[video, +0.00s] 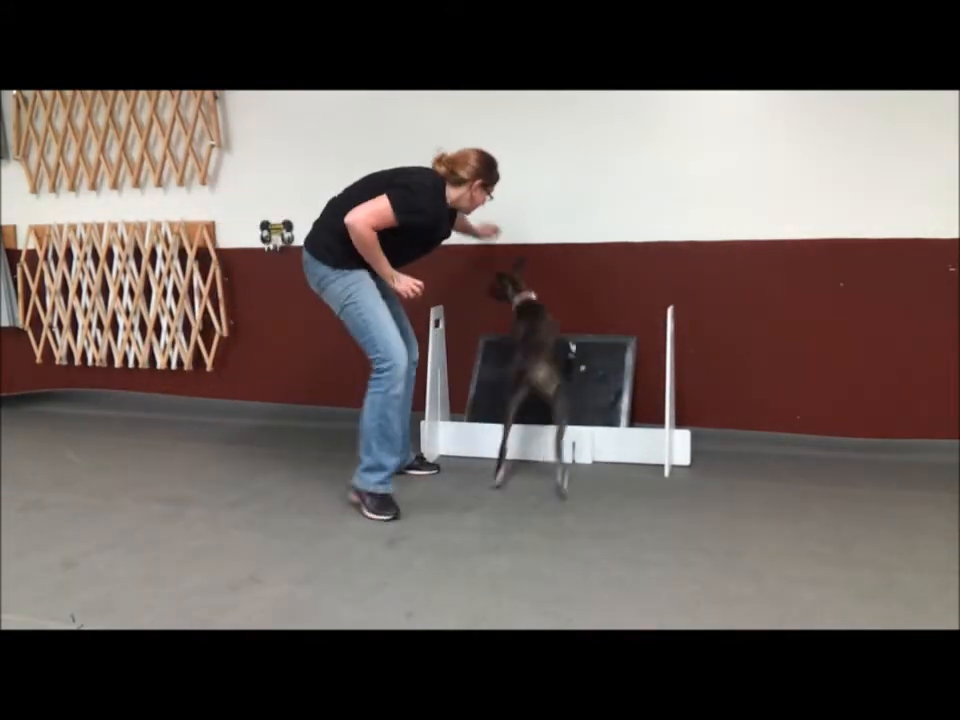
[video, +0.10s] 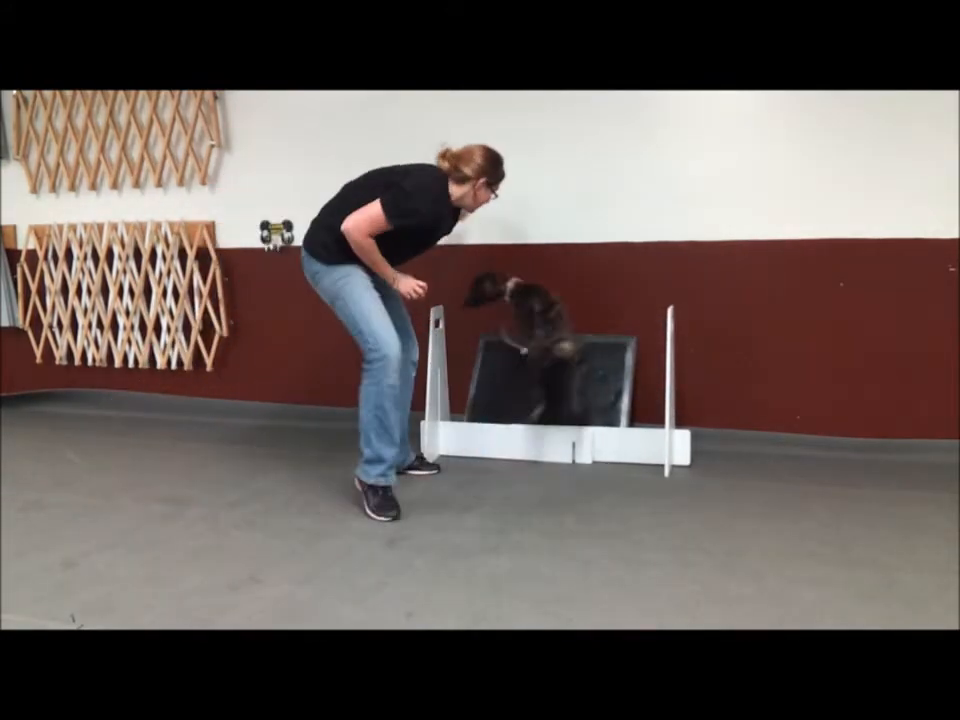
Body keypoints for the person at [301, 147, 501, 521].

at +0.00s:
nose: (485, 200)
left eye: (488, 194)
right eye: (486, 192)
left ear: (468, 183)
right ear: (471, 184)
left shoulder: (444, 201)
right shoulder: (425, 194)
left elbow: (450, 218)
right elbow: (357, 221)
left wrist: (474, 230)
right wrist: (391, 275)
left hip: (363, 264)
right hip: (334, 263)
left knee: (407, 353)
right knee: (391, 359)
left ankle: (398, 455)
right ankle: (370, 483)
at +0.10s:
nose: (491, 198)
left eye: (494, 191)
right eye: (491, 190)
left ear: (472, 181)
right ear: (474, 182)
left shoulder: (447, 206)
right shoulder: (425, 192)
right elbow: (353, 229)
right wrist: (394, 278)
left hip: (367, 263)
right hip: (332, 259)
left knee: (406, 352)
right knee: (386, 351)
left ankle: (397, 454)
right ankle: (374, 475)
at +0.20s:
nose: (494, 208)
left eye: (497, 201)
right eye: (494, 199)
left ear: (474, 191)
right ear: (478, 193)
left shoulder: (451, 217)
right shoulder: (421, 197)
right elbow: (353, 244)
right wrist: (399, 291)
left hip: (364, 257)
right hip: (321, 251)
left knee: (401, 350)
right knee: (353, 344)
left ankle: (394, 454)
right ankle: (369, 463)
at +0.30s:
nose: (486, 226)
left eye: (489, 220)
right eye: (486, 219)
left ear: (465, 207)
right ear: (469, 213)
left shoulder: (441, 228)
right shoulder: (406, 216)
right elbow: (353, 273)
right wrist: (403, 320)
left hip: (362, 261)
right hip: (312, 253)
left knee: (404, 347)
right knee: (323, 342)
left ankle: (391, 456)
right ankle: (337, 460)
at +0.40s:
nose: (460, 252)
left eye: (464, 245)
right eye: (460, 245)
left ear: (439, 235)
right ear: (441, 237)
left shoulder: (425, 251)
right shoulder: (382, 238)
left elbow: (401, 306)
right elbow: (346, 316)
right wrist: (406, 368)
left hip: (363, 273)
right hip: (304, 264)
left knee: (404, 347)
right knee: (300, 358)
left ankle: (391, 457)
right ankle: (293, 483)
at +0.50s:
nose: (422, 279)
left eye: (426, 271)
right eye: (417, 271)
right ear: (387, 261)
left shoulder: (404, 264)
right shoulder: (338, 260)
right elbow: (333, 362)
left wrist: (373, 313)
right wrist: (369, 436)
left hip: (357, 294)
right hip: (288, 287)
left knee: (399, 368)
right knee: (273, 389)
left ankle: (396, 463)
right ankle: (275, 516)